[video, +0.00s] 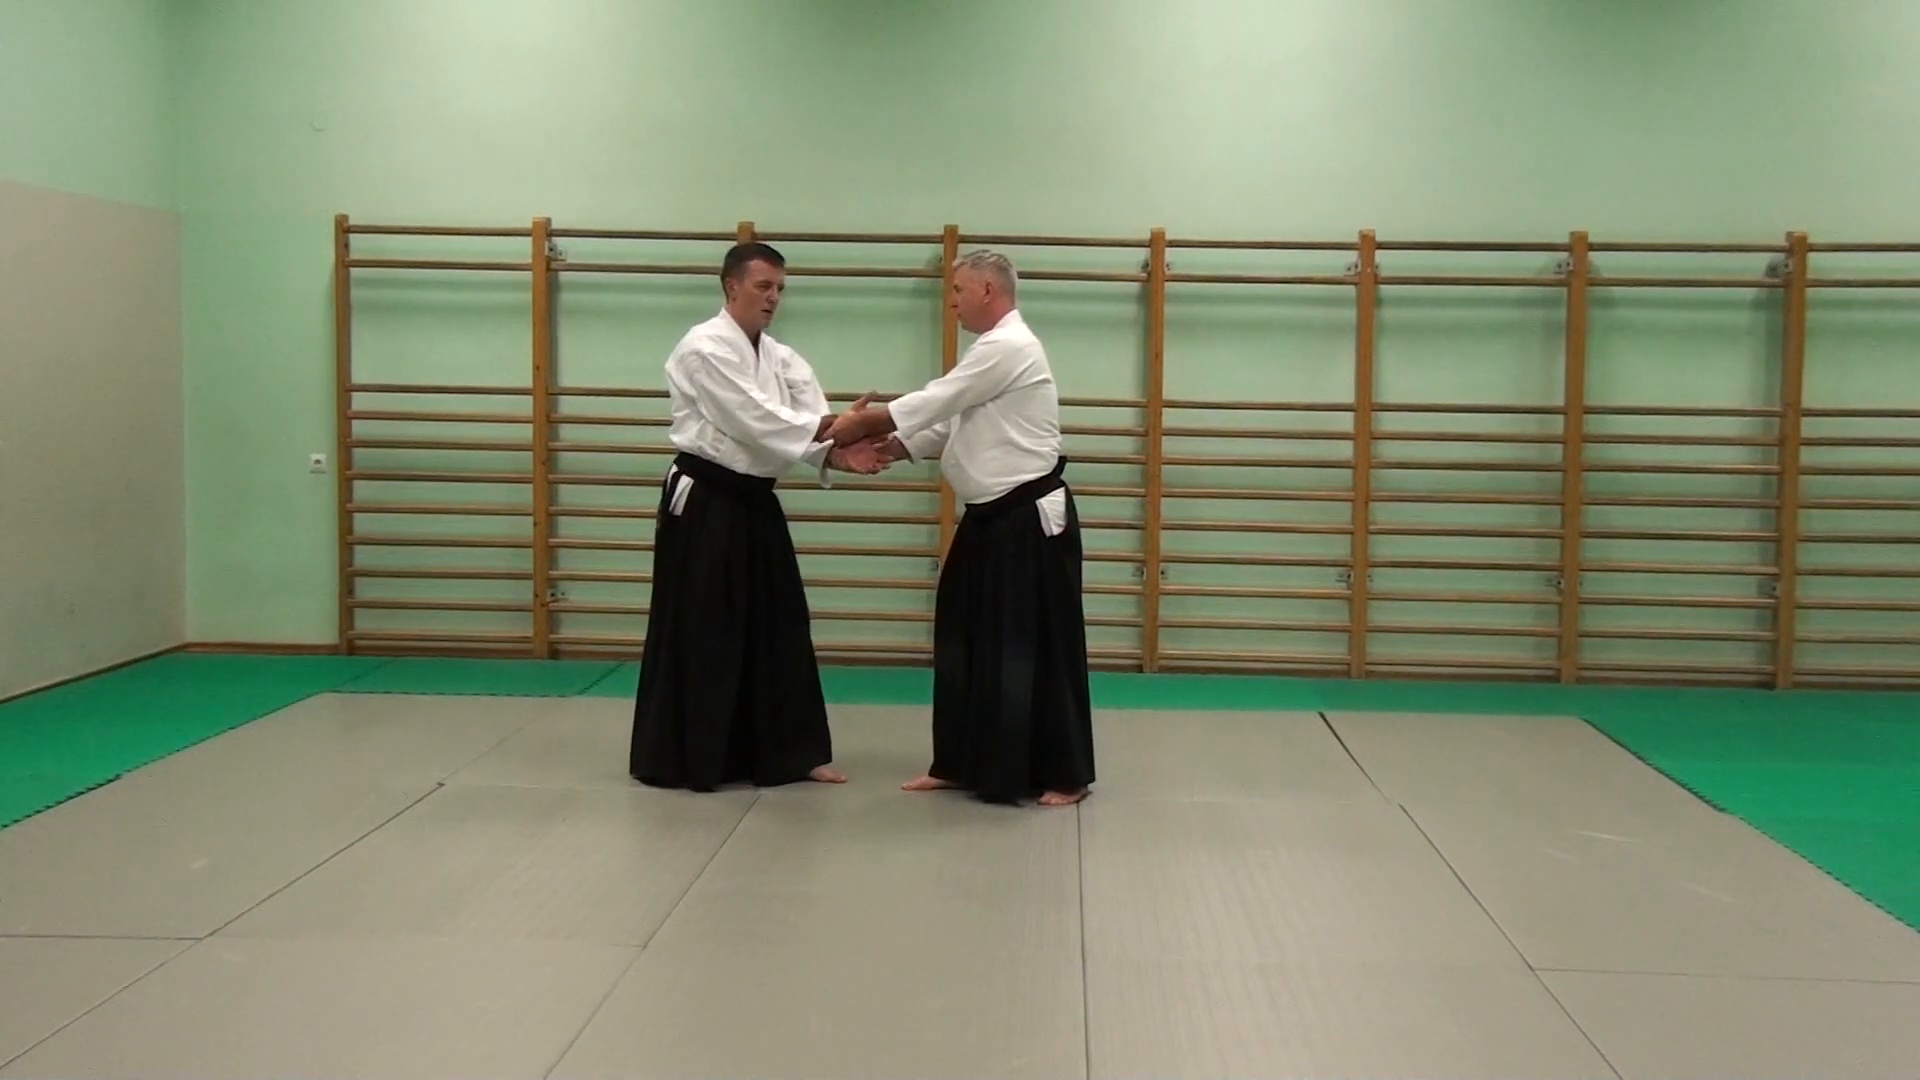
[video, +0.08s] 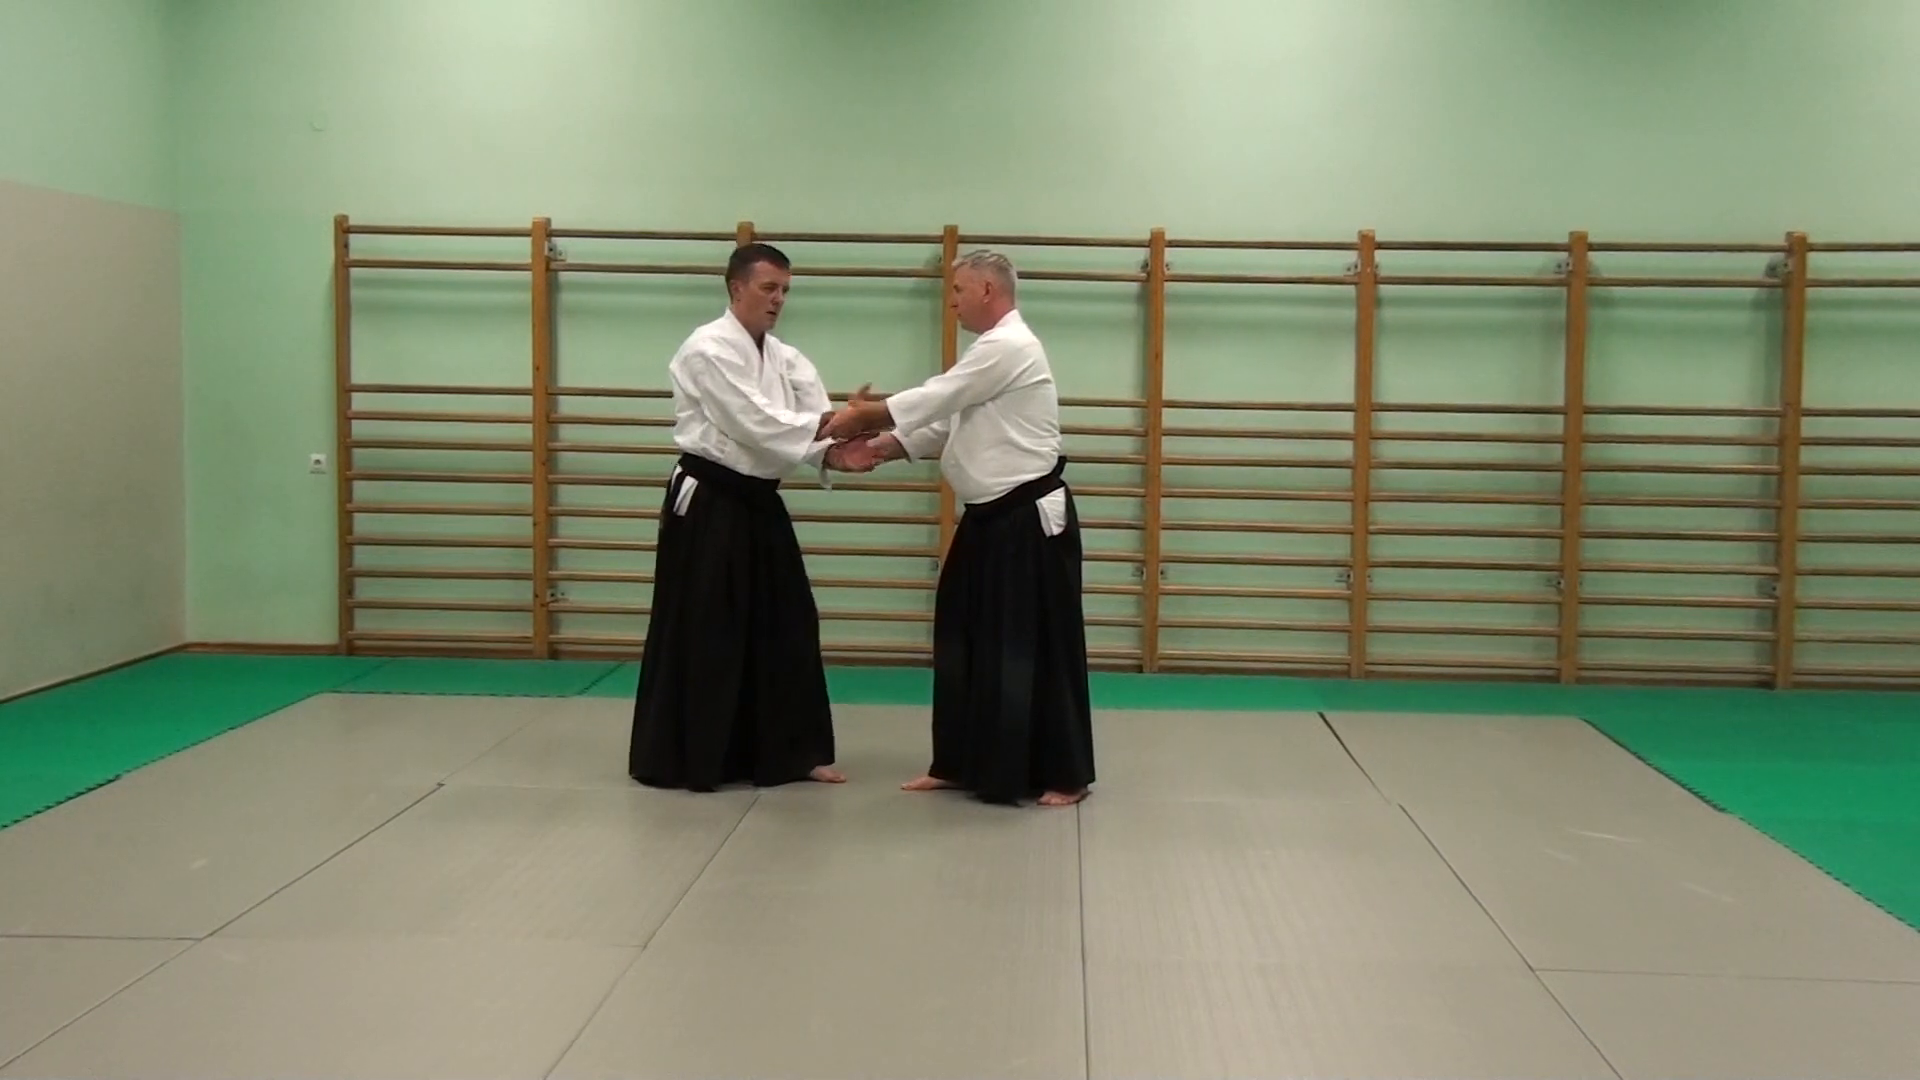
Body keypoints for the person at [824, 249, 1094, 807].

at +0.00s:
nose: (953, 303)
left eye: (958, 291)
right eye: (952, 293)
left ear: (990, 290)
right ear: (989, 291)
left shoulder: (1010, 346)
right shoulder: (990, 351)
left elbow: (938, 400)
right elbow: (950, 432)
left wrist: (864, 417)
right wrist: (889, 446)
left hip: (1031, 514)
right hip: (985, 516)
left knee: (1043, 644)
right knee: (960, 637)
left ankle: (1065, 775)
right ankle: (958, 764)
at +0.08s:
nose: (953, 303)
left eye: (959, 291)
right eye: (952, 292)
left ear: (989, 290)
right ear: (990, 291)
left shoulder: (1010, 346)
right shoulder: (989, 351)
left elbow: (941, 395)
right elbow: (951, 431)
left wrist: (864, 413)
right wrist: (886, 445)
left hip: (1030, 514)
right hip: (985, 515)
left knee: (1042, 644)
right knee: (959, 637)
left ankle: (1065, 775)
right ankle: (958, 764)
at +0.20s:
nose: (952, 301)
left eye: (958, 290)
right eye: (952, 291)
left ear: (991, 290)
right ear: (989, 290)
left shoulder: (1009, 339)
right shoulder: (979, 351)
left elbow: (935, 376)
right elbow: (937, 425)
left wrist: (854, 403)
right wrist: (867, 453)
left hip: (1031, 514)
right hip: (983, 516)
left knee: (1043, 644)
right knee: (957, 634)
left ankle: (1065, 774)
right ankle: (956, 763)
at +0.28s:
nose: (950, 301)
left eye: (956, 289)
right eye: (950, 292)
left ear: (987, 289)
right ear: (984, 291)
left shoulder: (1001, 330)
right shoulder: (972, 356)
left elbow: (938, 343)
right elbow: (934, 427)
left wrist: (869, 364)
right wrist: (870, 468)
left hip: (1028, 518)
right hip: (982, 521)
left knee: (1042, 645)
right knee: (956, 635)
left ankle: (1061, 774)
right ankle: (960, 762)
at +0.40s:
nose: (959, 298)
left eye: (971, 290)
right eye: (958, 289)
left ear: (998, 305)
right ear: (957, 300)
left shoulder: (1001, 342)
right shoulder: (966, 372)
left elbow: (932, 289)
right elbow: (938, 451)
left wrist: (888, 311)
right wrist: (887, 501)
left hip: (1017, 517)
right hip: (975, 525)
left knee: (1030, 642)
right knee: (958, 641)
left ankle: (1057, 775)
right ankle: (966, 766)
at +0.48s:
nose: (964, 311)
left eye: (974, 301)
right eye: (967, 302)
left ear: (995, 308)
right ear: (977, 310)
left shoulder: (996, 341)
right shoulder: (969, 369)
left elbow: (942, 268)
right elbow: (953, 469)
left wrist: (910, 299)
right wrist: (904, 526)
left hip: (1004, 513)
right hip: (982, 517)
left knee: (969, 641)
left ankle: (1011, 770)